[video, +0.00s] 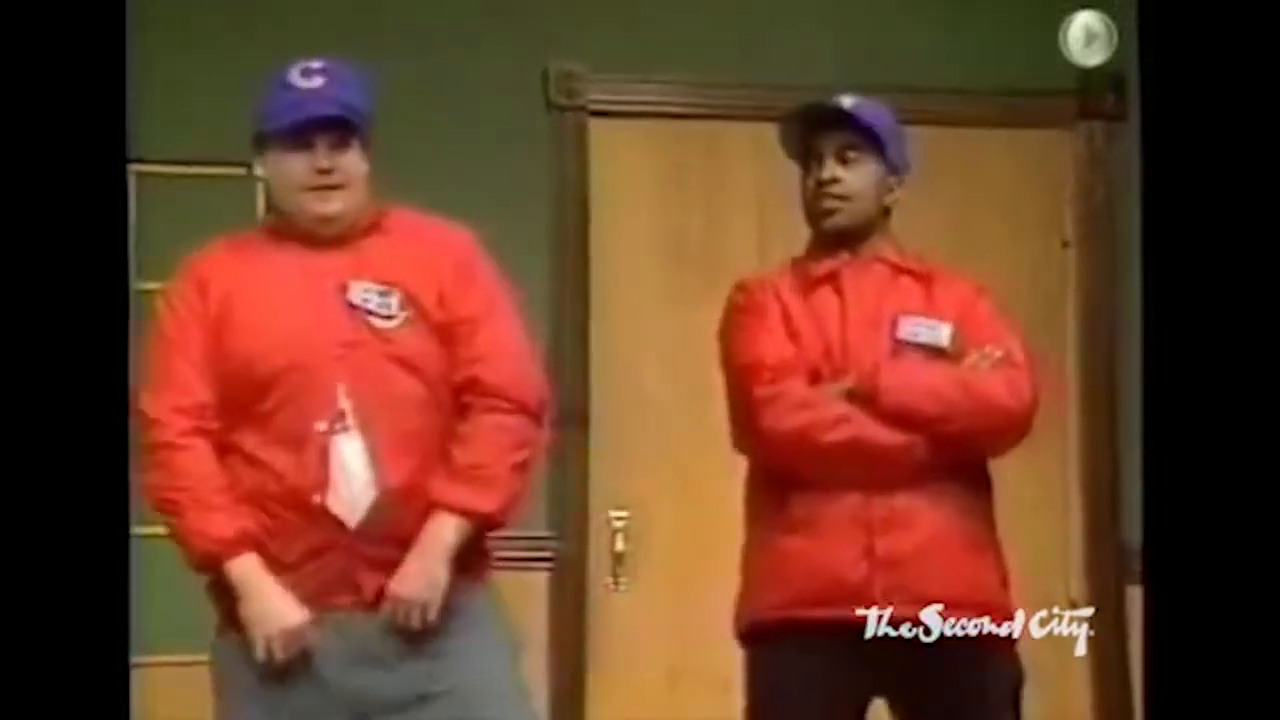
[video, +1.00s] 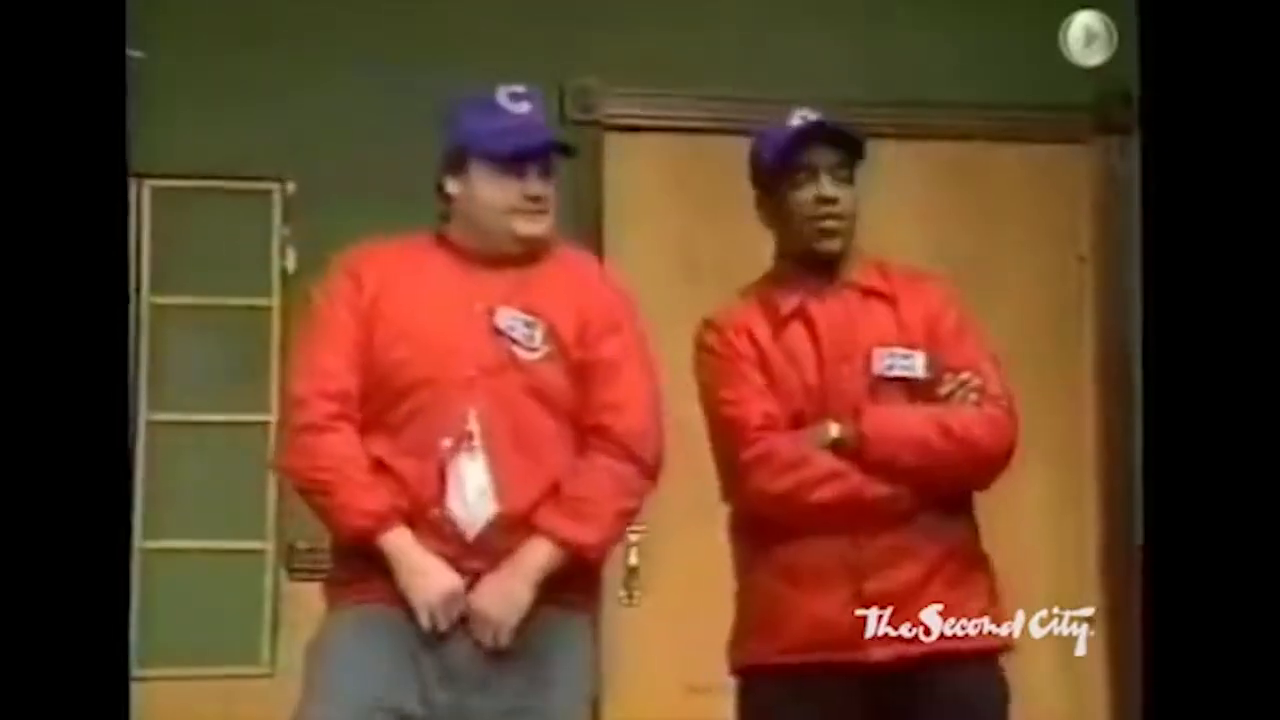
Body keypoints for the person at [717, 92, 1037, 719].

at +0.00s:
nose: (825, 174)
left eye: (849, 158)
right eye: (814, 161)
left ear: (893, 183)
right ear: (801, 180)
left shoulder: (955, 294)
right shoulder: (761, 298)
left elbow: (1007, 405)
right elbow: (774, 425)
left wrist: (868, 387)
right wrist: (936, 441)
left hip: (952, 617)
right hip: (802, 621)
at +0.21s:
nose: (811, 180)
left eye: (835, 162)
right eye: (800, 165)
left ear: (879, 185)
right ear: (788, 182)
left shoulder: (943, 295)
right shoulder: (747, 309)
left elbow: (983, 419)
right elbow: (750, 446)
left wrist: (838, 405)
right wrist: (911, 454)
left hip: (936, 628)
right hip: (788, 632)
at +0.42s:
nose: (797, 177)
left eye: (820, 160)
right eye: (784, 162)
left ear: (861, 182)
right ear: (772, 181)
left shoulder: (927, 297)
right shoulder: (731, 310)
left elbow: (966, 426)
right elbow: (737, 452)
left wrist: (824, 412)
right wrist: (902, 459)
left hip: (919, 630)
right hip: (772, 636)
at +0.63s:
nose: (783, 185)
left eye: (805, 168)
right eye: (767, 169)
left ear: (838, 187)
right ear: (749, 189)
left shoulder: (909, 298)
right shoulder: (713, 319)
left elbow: (964, 439)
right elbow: (738, 471)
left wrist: (825, 429)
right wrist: (905, 461)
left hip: (912, 633)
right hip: (767, 647)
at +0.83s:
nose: (789, 193)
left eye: (807, 176)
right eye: (770, 178)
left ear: (831, 195)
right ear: (743, 201)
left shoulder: (905, 299)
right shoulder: (711, 328)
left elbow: (970, 440)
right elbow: (750, 481)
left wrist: (834, 436)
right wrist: (910, 464)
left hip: (919, 632)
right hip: (777, 651)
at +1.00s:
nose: (827, 194)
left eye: (840, 175)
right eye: (803, 179)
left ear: (858, 192)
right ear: (768, 203)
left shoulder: (924, 300)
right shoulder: (733, 331)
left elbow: (988, 437)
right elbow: (764, 483)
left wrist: (845, 436)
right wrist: (929, 458)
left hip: (942, 640)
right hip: (798, 655)